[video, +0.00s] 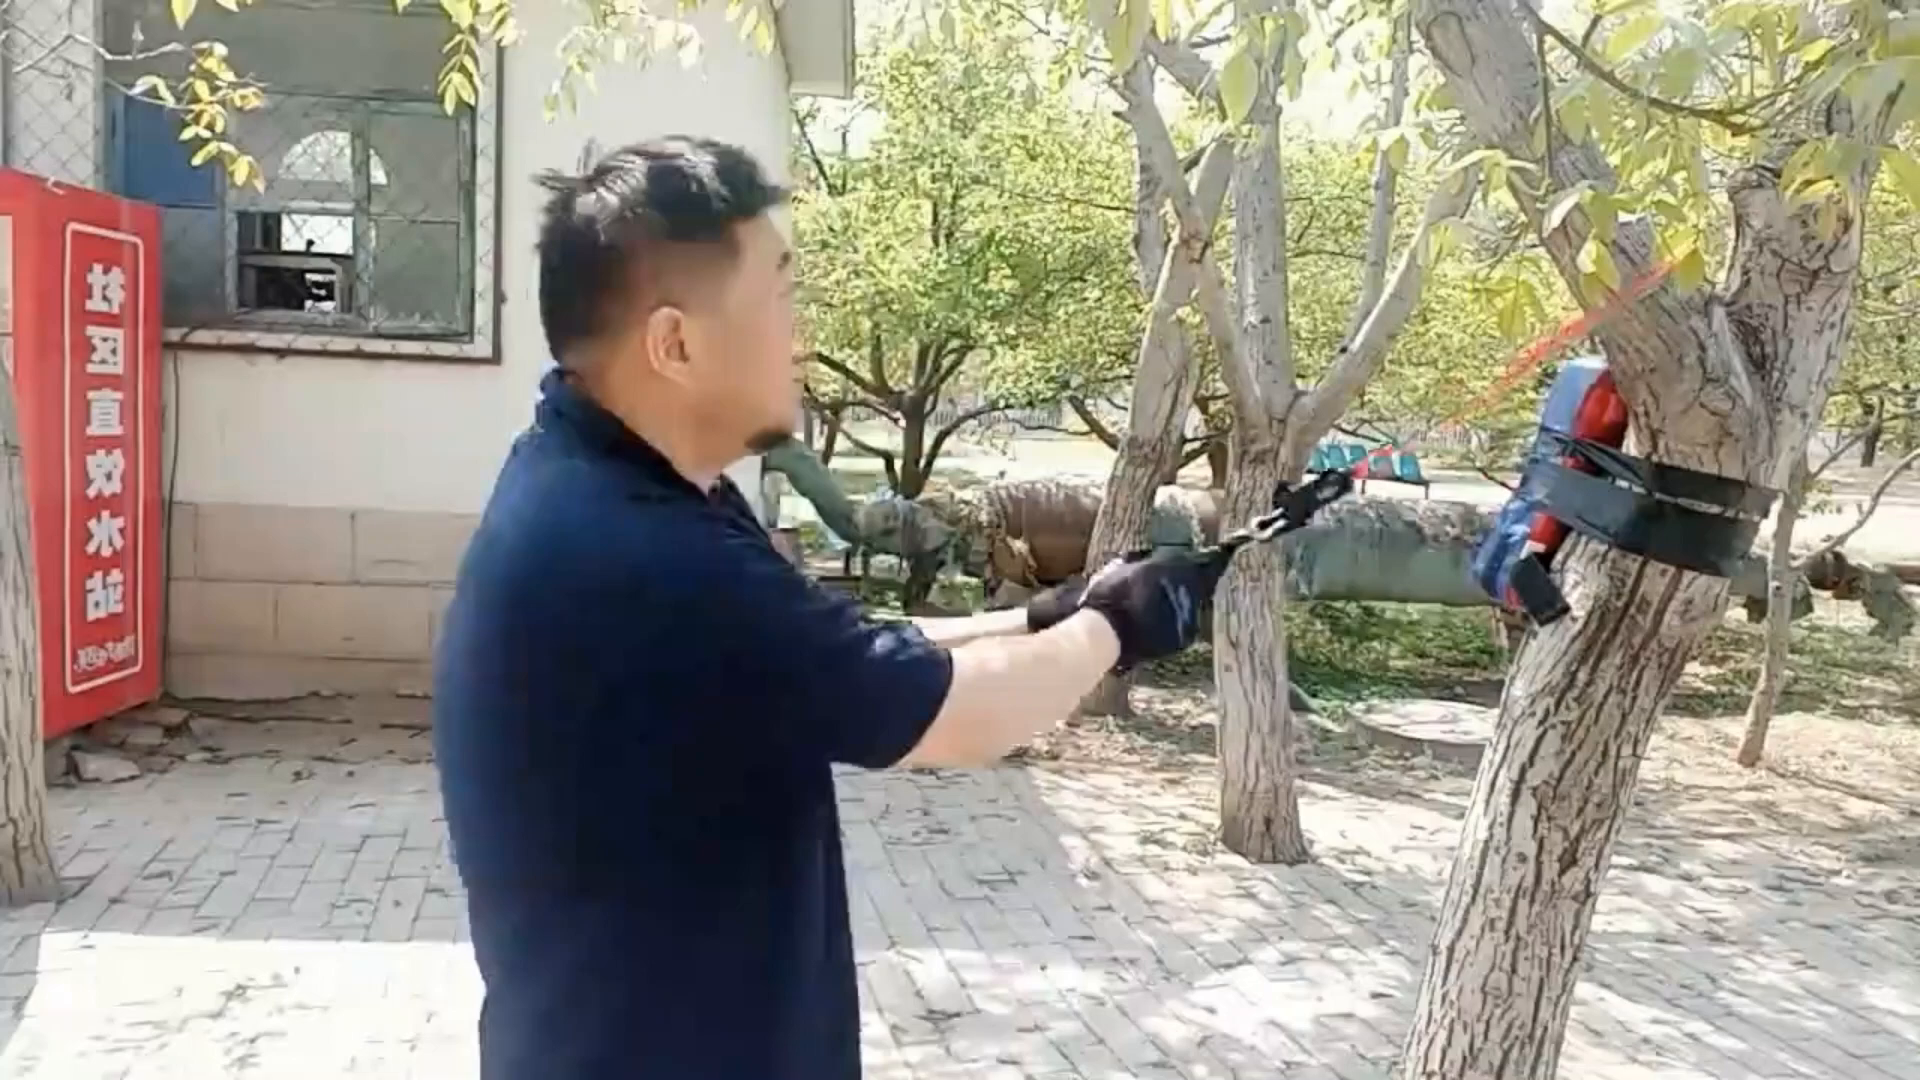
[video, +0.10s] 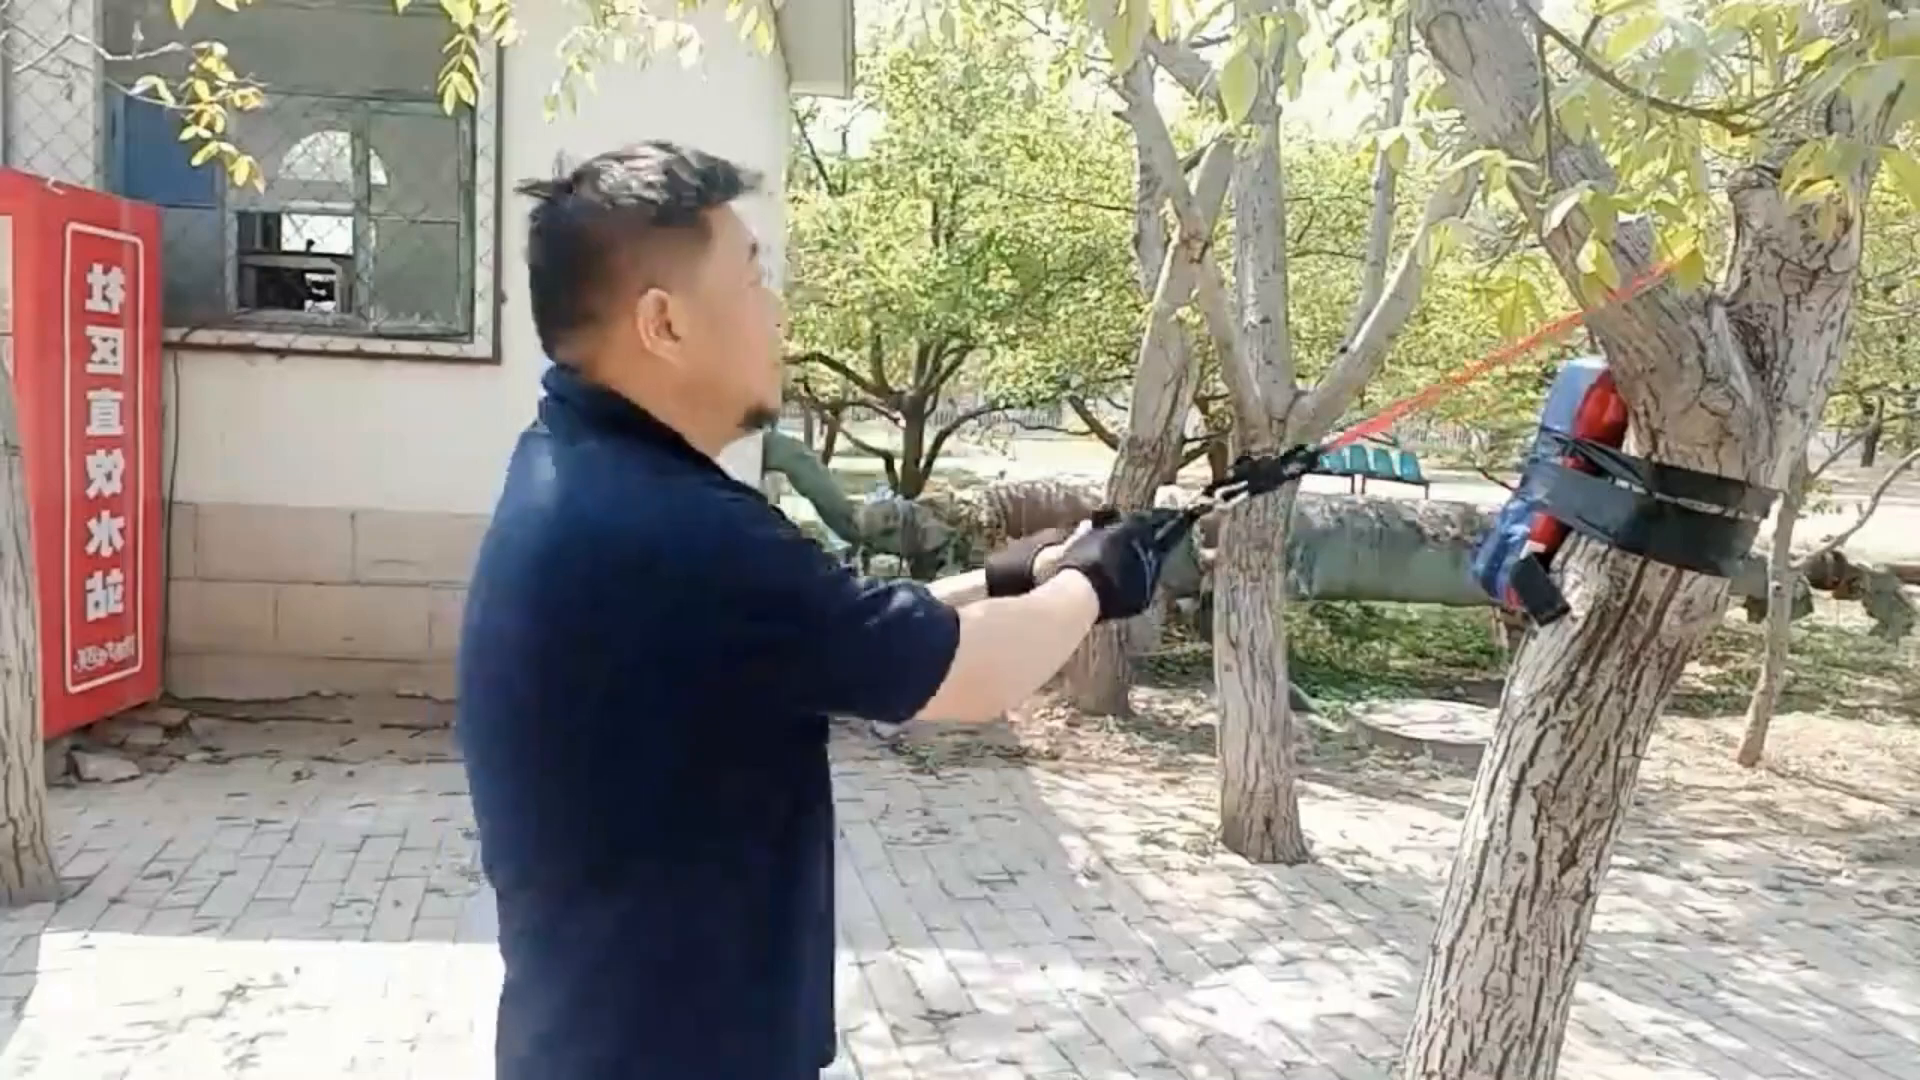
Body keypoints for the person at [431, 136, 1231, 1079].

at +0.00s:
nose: (801, 327)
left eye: (789, 291)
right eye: (780, 294)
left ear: (669, 347)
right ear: (675, 343)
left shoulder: (614, 496)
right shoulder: (651, 566)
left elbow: (849, 657)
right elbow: (951, 721)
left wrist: (1064, 621)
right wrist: (1112, 631)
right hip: (678, 1062)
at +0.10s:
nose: (775, 302)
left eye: (759, 271)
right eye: (751, 274)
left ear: (660, 320)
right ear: (662, 322)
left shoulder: (572, 479)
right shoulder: (679, 536)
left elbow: (827, 631)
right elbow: (966, 677)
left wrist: (996, 583)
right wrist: (1089, 585)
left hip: (588, 1035)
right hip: (691, 1053)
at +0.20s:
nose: (800, 314)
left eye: (788, 284)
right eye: (782, 285)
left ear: (698, 334)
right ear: (702, 330)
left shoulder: (615, 477)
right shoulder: (722, 528)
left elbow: (842, 631)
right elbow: (982, 685)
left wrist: (1010, 582)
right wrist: (1114, 597)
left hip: (609, 1028)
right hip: (703, 1048)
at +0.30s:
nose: (831, 327)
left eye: (816, 300)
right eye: (811, 303)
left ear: (732, 344)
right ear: (740, 342)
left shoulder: (643, 481)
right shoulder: (745, 531)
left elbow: (846, 646)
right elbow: (999, 702)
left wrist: (1012, 599)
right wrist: (1138, 598)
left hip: (605, 1014)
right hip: (702, 1038)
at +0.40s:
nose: (871, 342)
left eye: (862, 314)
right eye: (855, 316)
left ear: (769, 349)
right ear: (785, 351)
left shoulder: (673, 476)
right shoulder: (774, 534)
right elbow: (1016, 694)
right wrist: (1166, 652)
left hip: (615, 1010)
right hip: (699, 1039)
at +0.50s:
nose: (880, 352)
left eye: (871, 323)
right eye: (863, 324)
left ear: (774, 349)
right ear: (788, 352)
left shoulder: (685, 467)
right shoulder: (772, 518)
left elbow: (916, 623)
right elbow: (1029, 658)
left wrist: (1047, 696)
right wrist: (1208, 711)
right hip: (703, 1025)